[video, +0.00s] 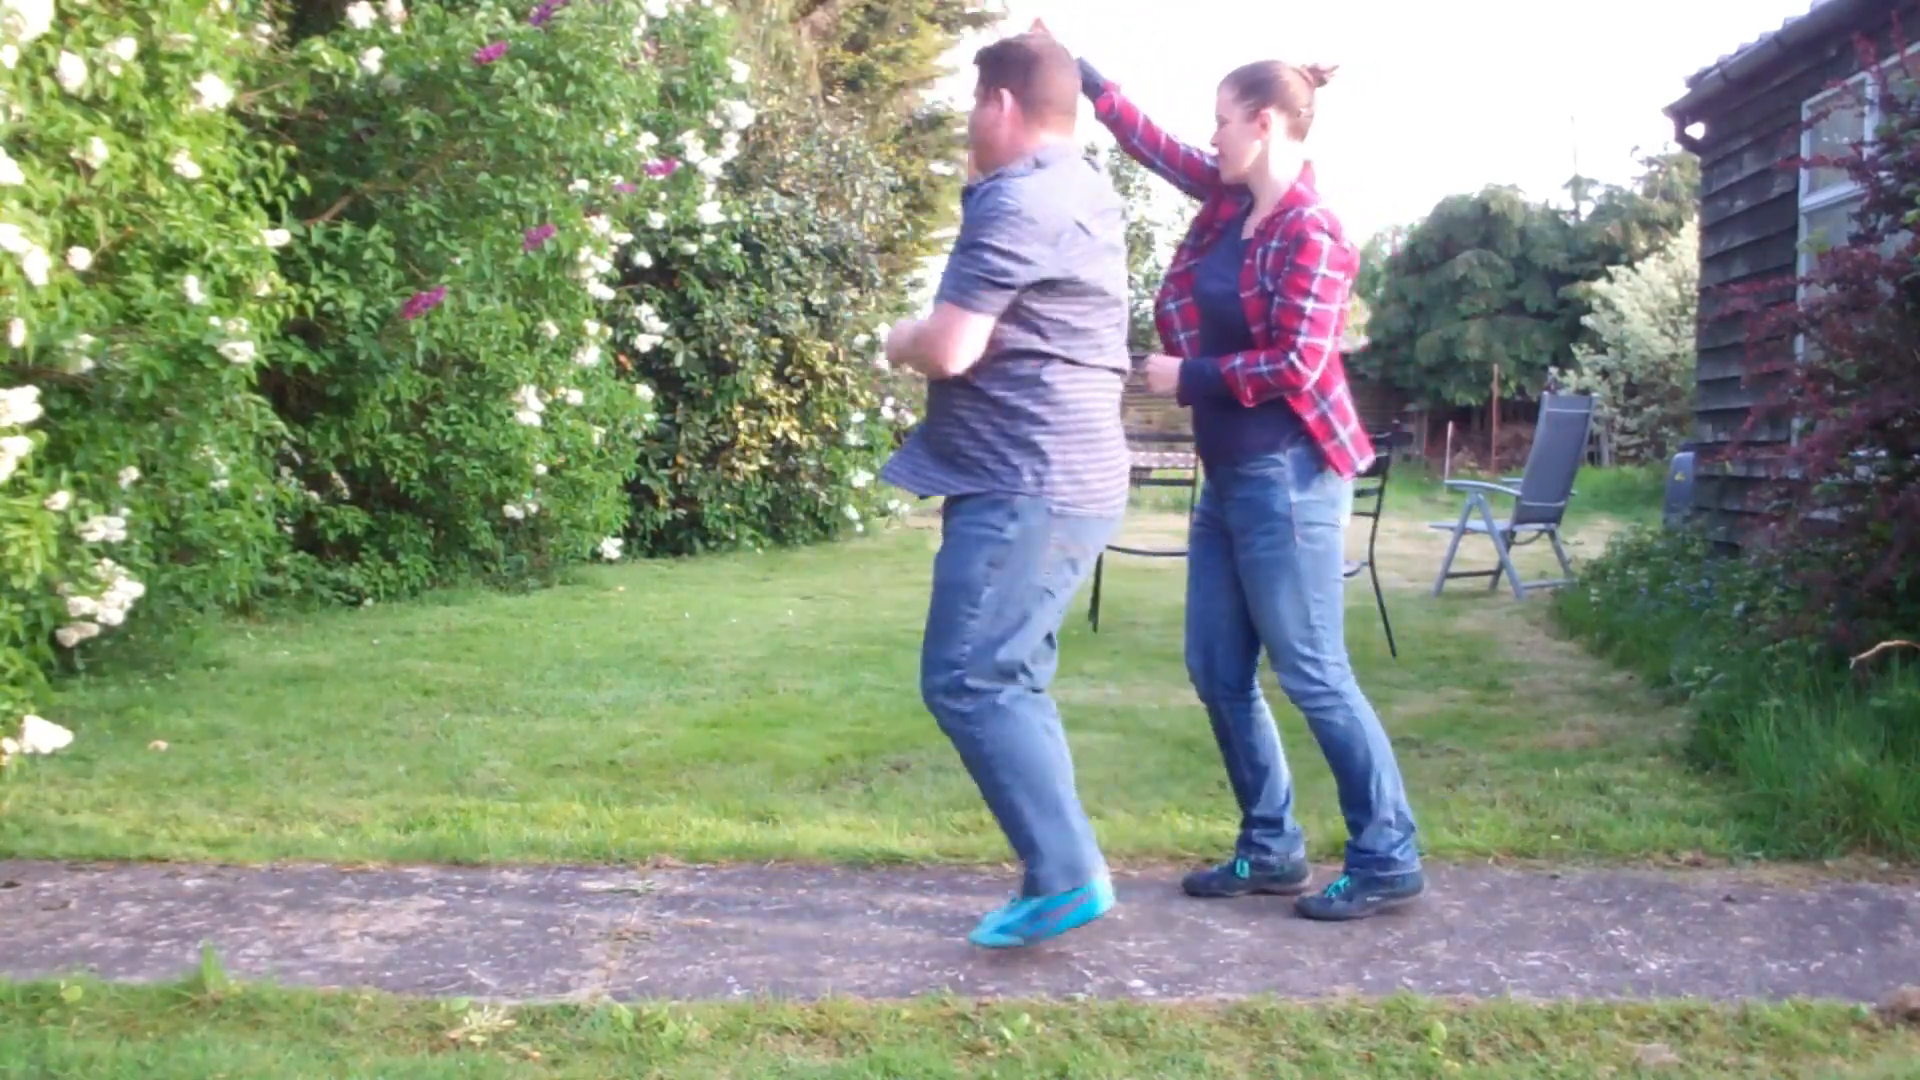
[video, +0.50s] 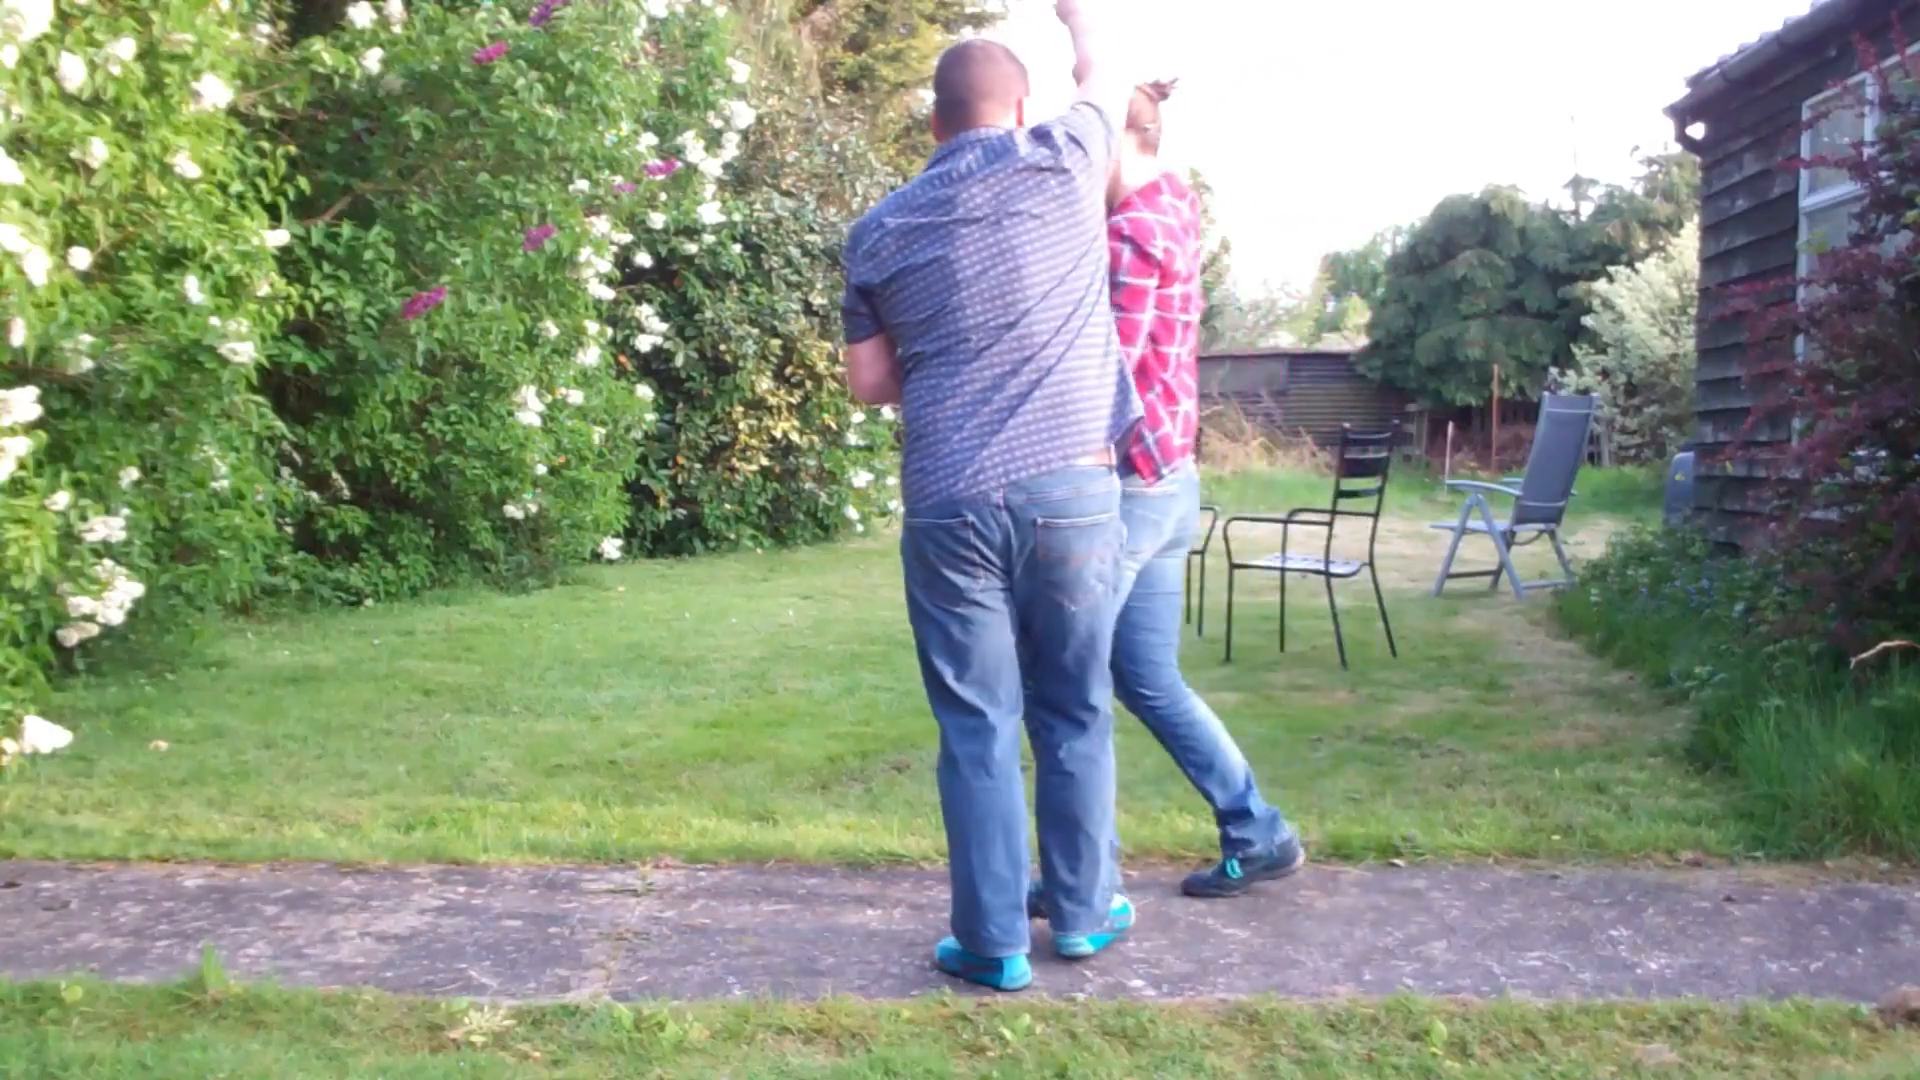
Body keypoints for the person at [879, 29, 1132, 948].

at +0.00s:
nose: (969, 124)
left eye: (976, 106)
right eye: (974, 106)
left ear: (1006, 106)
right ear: (1056, 108)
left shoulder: (1016, 198)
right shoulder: (1085, 191)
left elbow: (950, 350)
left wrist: (902, 340)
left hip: (1027, 483)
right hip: (1074, 477)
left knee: (966, 677)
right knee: (1013, 679)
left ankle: (1064, 880)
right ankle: (1066, 873)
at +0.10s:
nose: (966, 115)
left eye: (970, 101)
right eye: (974, 101)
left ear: (984, 107)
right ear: (1063, 103)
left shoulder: (959, 200)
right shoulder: (1104, 191)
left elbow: (891, 342)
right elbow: (1056, 314)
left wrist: (979, 337)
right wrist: (951, 323)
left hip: (1003, 491)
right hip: (1093, 489)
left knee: (963, 689)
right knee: (1033, 690)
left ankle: (1003, 916)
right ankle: (1073, 889)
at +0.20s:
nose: (960, 117)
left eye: (960, 105)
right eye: (1053, 103)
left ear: (963, 111)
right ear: (1056, 107)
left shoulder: (923, 207)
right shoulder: (1102, 183)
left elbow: (879, 349)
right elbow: (1066, 298)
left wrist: (974, 365)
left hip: (988, 494)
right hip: (1095, 489)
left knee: (971, 706)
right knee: (1049, 697)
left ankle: (990, 933)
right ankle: (1054, 907)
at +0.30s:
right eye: (1045, 94)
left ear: (947, 116)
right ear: (1038, 110)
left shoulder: (897, 221)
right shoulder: (1085, 174)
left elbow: (885, 370)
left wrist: (973, 373)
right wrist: (1037, 66)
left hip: (971, 493)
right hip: (1088, 485)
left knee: (977, 717)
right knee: (1060, 705)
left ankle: (994, 941)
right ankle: (1052, 914)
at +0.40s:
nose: (1035, 114)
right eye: (1028, 103)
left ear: (938, 116)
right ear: (1021, 108)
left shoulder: (886, 229)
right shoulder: (1068, 167)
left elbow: (883, 385)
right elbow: (1094, 100)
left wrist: (958, 388)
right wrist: (1039, 37)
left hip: (959, 492)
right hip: (1082, 480)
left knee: (980, 721)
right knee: (1069, 702)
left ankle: (995, 943)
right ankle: (1063, 915)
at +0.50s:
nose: (1027, 110)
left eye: (1012, 99)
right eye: (1022, 99)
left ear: (933, 117)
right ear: (1017, 108)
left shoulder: (877, 229)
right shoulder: (1061, 160)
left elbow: (869, 380)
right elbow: (1092, 76)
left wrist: (950, 355)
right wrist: (1068, 15)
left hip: (948, 493)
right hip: (1073, 475)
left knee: (974, 726)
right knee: (1076, 712)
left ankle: (990, 943)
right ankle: (1082, 912)